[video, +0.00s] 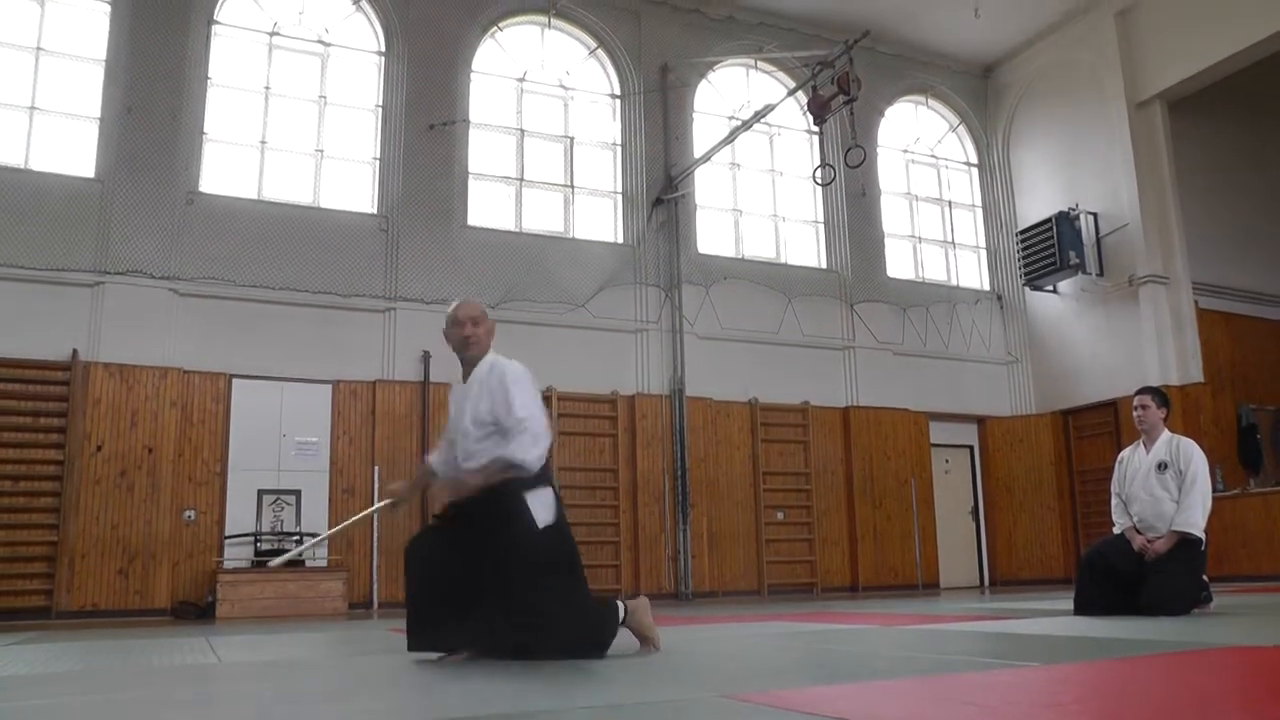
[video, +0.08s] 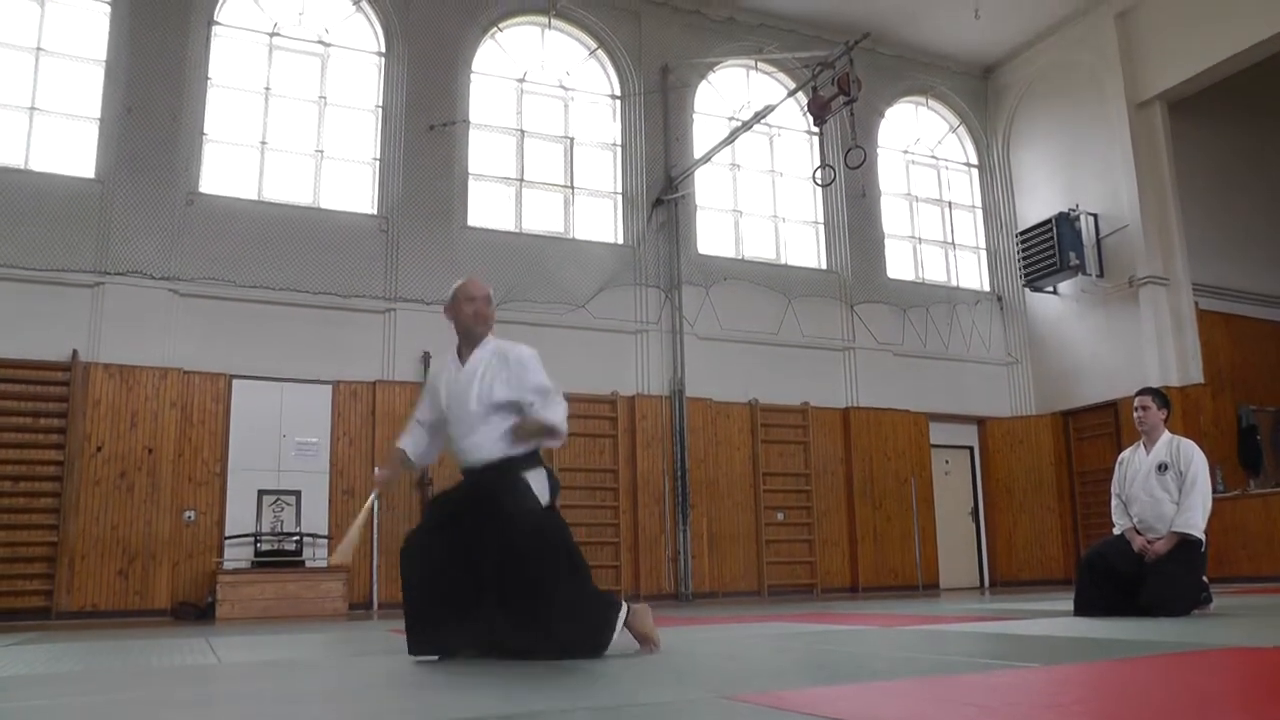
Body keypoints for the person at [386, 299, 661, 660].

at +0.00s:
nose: (468, 331)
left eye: (476, 322)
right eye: (458, 325)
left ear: (491, 329)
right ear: (447, 338)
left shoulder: (509, 374)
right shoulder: (461, 392)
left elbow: (531, 447)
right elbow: (451, 453)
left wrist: (475, 479)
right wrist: (412, 484)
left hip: (522, 501)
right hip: (481, 503)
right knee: (425, 551)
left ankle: (626, 612)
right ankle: (472, 637)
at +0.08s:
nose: (482, 309)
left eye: (487, 301)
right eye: (471, 301)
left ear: (494, 310)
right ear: (450, 312)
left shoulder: (517, 357)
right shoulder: (444, 372)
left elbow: (555, 413)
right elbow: (424, 426)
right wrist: (394, 464)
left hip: (521, 481)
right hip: (476, 486)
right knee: (421, 551)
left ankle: (625, 615)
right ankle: (461, 639)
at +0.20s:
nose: (497, 276)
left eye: (496, 270)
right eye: (486, 269)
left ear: (487, 281)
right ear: (457, 279)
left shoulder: (511, 331)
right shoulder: (422, 333)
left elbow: (548, 385)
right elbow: (389, 387)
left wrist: (585, 391)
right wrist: (382, 428)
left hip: (503, 450)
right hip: (450, 453)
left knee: (538, 527)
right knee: (418, 540)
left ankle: (606, 617)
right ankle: (446, 640)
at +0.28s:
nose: (495, 266)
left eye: (493, 259)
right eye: (487, 258)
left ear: (468, 265)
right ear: (458, 263)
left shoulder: (500, 321)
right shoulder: (417, 313)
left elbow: (546, 373)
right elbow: (386, 370)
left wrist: (595, 377)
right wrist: (393, 412)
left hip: (493, 433)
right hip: (442, 433)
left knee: (526, 520)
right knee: (451, 532)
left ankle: (551, 617)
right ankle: (475, 630)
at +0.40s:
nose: (485, 260)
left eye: (485, 253)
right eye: (480, 252)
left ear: (460, 253)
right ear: (455, 251)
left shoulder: (486, 318)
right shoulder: (418, 295)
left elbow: (530, 360)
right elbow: (403, 359)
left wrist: (587, 368)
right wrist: (435, 396)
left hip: (480, 427)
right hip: (435, 426)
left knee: (487, 519)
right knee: (447, 528)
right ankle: (464, 638)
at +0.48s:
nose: (483, 265)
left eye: (482, 258)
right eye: (477, 256)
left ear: (455, 257)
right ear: (451, 256)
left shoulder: (472, 323)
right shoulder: (423, 293)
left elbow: (506, 367)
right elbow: (420, 356)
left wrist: (560, 365)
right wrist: (464, 394)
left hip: (462, 433)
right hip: (427, 428)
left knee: (502, 532)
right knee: (450, 531)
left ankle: (405, 616)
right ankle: (458, 642)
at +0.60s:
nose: (476, 273)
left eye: (475, 266)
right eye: (470, 265)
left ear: (446, 264)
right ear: (447, 264)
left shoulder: (447, 314)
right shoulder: (431, 299)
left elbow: (472, 378)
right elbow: (447, 365)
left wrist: (517, 392)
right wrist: (489, 406)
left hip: (422, 424)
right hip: (424, 427)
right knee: (452, 530)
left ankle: (378, 636)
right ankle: (445, 640)